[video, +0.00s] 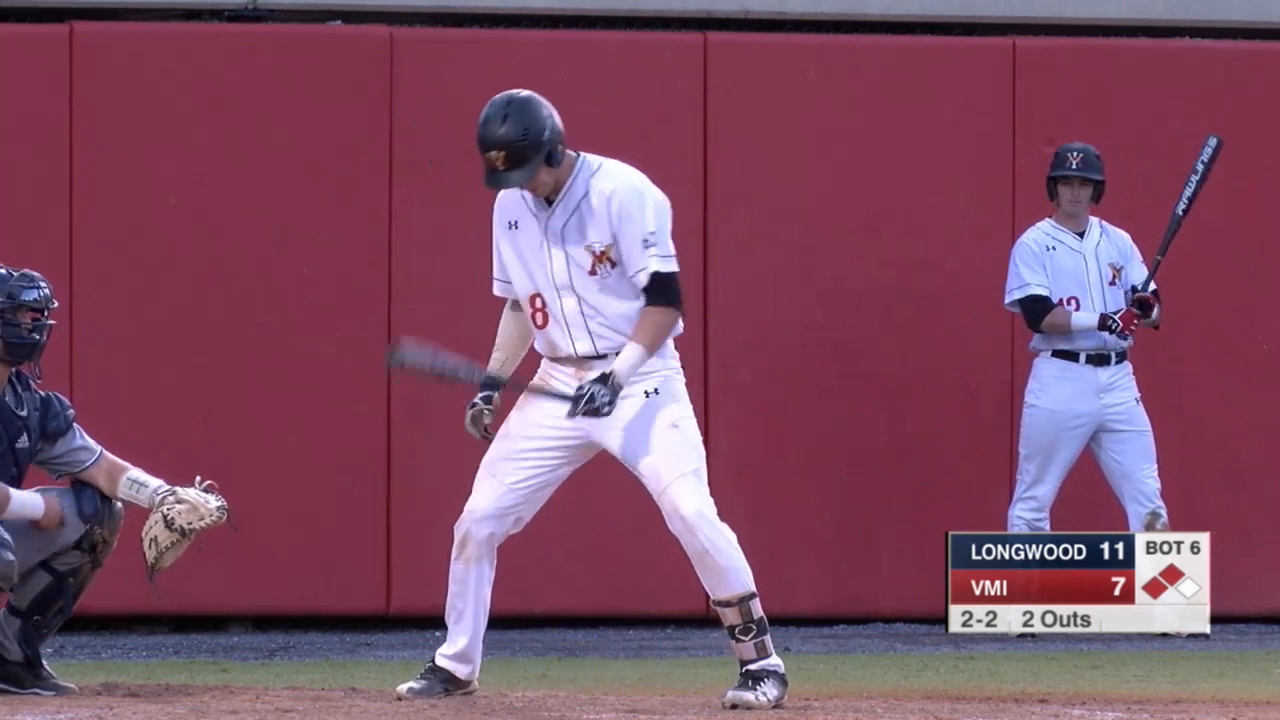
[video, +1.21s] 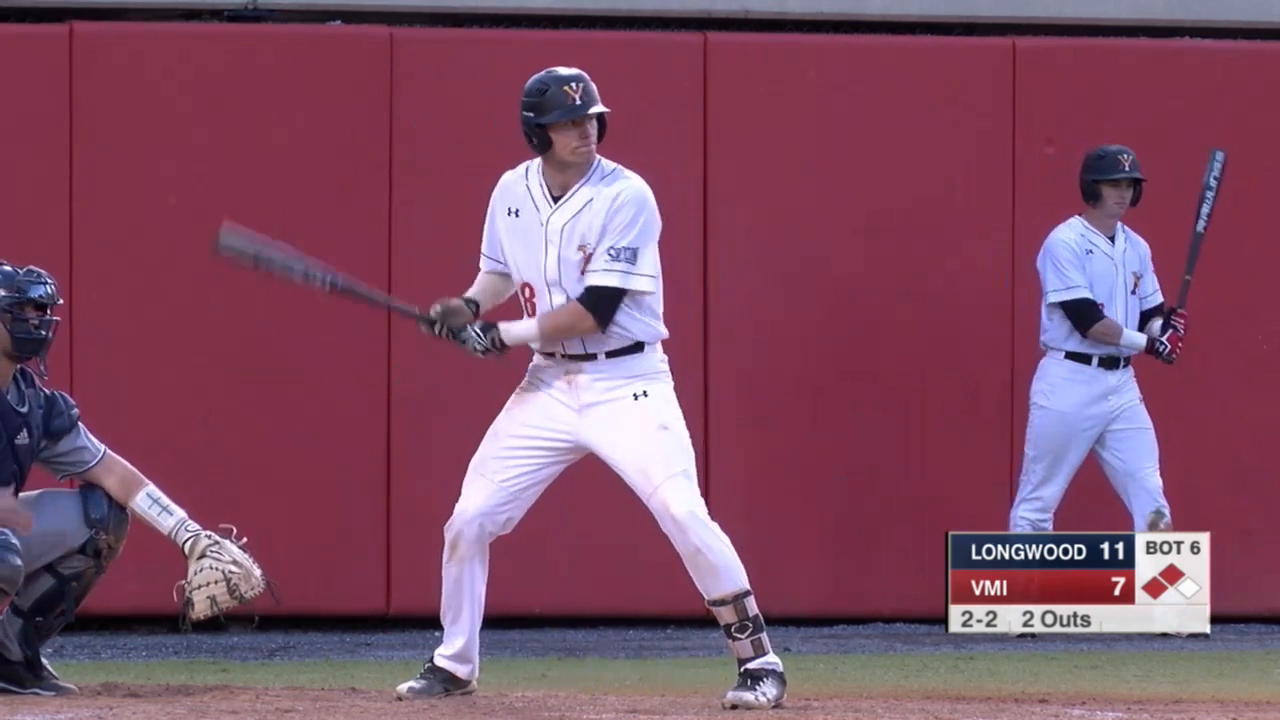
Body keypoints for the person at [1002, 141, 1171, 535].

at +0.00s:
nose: (1075, 192)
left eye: (1083, 184)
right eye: (1067, 183)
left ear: (1096, 189)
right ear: (1053, 187)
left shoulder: (1119, 241)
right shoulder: (1032, 243)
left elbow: (1152, 312)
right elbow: (1040, 317)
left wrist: (1146, 309)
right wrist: (1101, 320)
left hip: (1118, 383)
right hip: (1058, 381)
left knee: (1148, 504)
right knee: (1033, 502)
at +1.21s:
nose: (1124, 193)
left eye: (1130, 185)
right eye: (1115, 184)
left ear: (1135, 191)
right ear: (1092, 187)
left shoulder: (1136, 246)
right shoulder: (1064, 242)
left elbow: (1149, 314)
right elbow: (1087, 322)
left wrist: (1163, 326)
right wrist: (1146, 342)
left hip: (1121, 387)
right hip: (1067, 384)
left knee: (1151, 504)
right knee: (1037, 504)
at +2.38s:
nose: (1137, 218)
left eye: (1142, 210)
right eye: (1128, 210)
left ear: (1146, 216)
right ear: (1103, 213)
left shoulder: (1144, 265)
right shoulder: (1062, 267)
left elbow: (1148, 329)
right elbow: (1027, 335)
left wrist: (1158, 368)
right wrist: (1000, 387)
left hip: (1111, 401)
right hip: (1053, 396)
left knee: (1145, 506)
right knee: (1031, 500)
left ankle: (1164, 607)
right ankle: (989, 598)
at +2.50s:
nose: (1123, 218)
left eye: (1128, 210)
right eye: (1114, 209)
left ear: (1131, 215)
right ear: (1088, 212)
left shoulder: (1132, 265)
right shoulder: (1047, 266)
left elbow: (1139, 325)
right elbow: (1002, 329)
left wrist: (1147, 365)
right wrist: (967, 369)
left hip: (1101, 400)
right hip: (1042, 396)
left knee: (1140, 502)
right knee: (1024, 496)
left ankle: (1164, 602)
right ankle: (987, 597)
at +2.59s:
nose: (1119, 218)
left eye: (1124, 210)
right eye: (1110, 210)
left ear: (1128, 215)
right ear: (1085, 212)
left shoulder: (1130, 265)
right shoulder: (1044, 265)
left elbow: (1138, 324)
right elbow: (998, 326)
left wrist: (1145, 365)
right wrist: (958, 365)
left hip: (1100, 400)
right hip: (1040, 396)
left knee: (1141, 502)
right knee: (1024, 496)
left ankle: (1165, 603)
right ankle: (985, 598)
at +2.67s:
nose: (1120, 219)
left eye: (1125, 211)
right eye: (1111, 211)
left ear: (1130, 216)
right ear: (1086, 214)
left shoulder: (1132, 266)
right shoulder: (1045, 267)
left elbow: (1139, 326)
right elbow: (997, 326)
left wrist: (1146, 366)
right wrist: (958, 366)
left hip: (1101, 401)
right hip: (1042, 397)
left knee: (1141, 503)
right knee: (1025, 497)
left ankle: (1165, 604)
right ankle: (986, 598)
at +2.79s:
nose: (1134, 221)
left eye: (1138, 214)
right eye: (1124, 213)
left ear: (1142, 219)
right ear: (1099, 217)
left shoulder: (1142, 269)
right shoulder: (1058, 270)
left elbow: (1148, 328)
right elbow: (1014, 333)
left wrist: (1157, 371)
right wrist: (986, 384)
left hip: (1108, 403)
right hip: (1050, 398)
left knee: (1146, 506)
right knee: (1031, 500)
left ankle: (1164, 604)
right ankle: (989, 595)